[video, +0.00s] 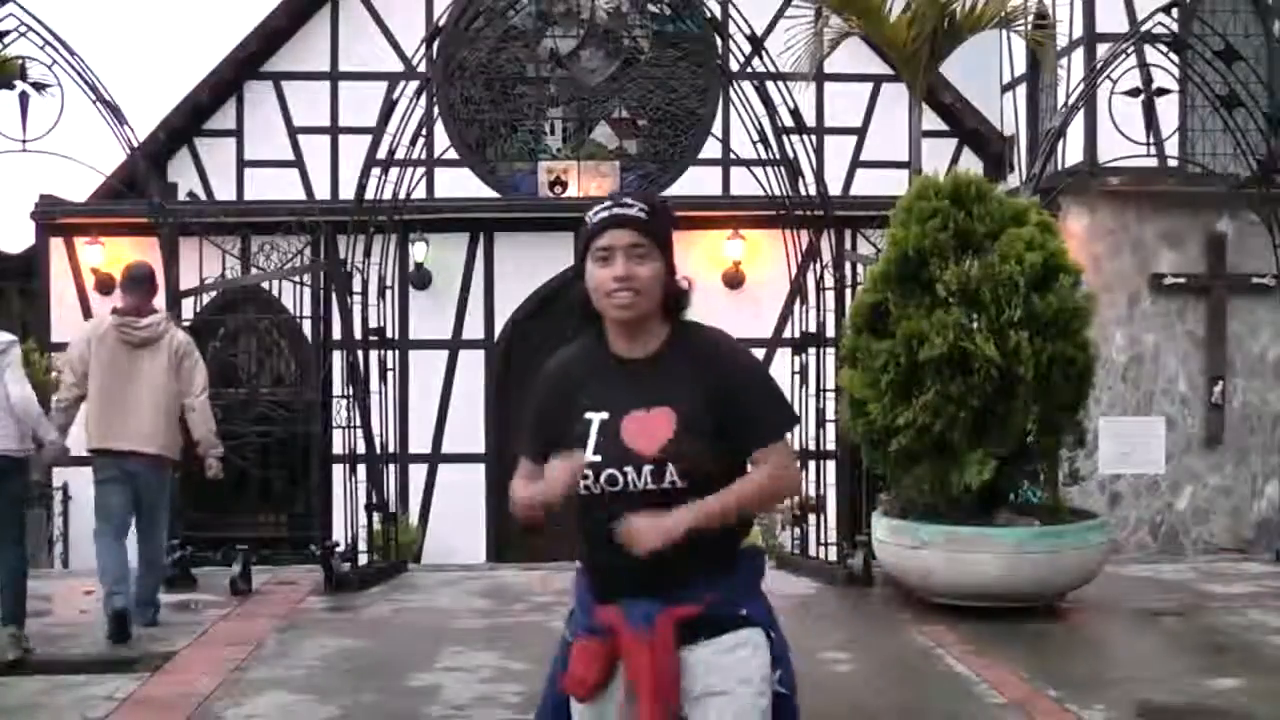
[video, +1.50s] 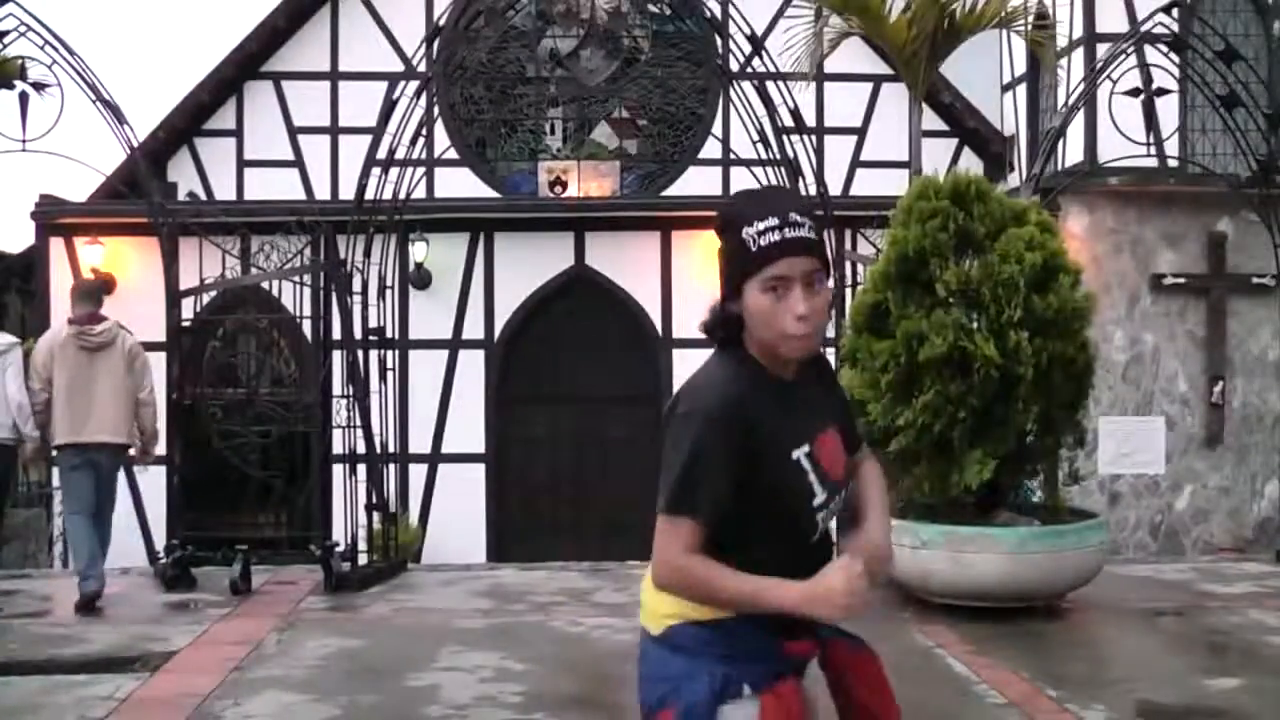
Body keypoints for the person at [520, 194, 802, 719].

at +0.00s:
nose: (620, 273)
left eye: (639, 256)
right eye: (603, 258)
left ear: (668, 271)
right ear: (585, 275)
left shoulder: (720, 360)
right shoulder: (566, 373)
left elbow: (781, 473)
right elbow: (521, 497)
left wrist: (679, 519)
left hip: (716, 616)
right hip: (604, 618)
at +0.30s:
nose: (625, 264)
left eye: (642, 249)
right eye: (608, 251)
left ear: (669, 267)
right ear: (588, 273)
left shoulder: (719, 350)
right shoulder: (564, 374)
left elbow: (785, 463)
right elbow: (523, 493)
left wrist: (708, 435)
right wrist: (576, 542)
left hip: (725, 604)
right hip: (609, 611)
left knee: (772, 706)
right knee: (577, 708)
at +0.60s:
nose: (683, 265)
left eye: (700, 249)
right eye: (665, 252)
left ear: (727, 265)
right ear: (644, 270)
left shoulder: (774, 356)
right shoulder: (613, 368)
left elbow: (845, 457)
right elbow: (587, 484)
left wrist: (800, 520)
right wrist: (674, 432)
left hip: (760, 601)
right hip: (649, 603)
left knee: (790, 710)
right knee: (642, 709)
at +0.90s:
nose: (768, 270)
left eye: (782, 254)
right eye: (748, 255)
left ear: (803, 267)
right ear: (721, 271)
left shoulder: (817, 357)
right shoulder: (692, 359)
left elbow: (878, 462)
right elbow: (649, 488)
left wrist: (852, 450)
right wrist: (767, 494)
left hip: (799, 594)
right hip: (707, 597)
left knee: (863, 697)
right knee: (730, 700)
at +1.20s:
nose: (792, 277)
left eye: (806, 260)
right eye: (771, 261)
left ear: (824, 271)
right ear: (740, 276)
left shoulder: (829, 363)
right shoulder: (711, 369)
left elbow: (869, 476)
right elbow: (683, 503)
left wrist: (898, 439)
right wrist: (815, 509)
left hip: (820, 603)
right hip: (734, 609)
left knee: (865, 707)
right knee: (777, 705)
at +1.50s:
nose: (802, 308)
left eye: (814, 283)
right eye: (775, 289)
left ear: (829, 287)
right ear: (735, 298)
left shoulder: (814, 374)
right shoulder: (710, 406)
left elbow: (860, 460)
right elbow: (671, 565)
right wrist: (802, 596)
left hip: (792, 629)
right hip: (705, 642)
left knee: (869, 694)